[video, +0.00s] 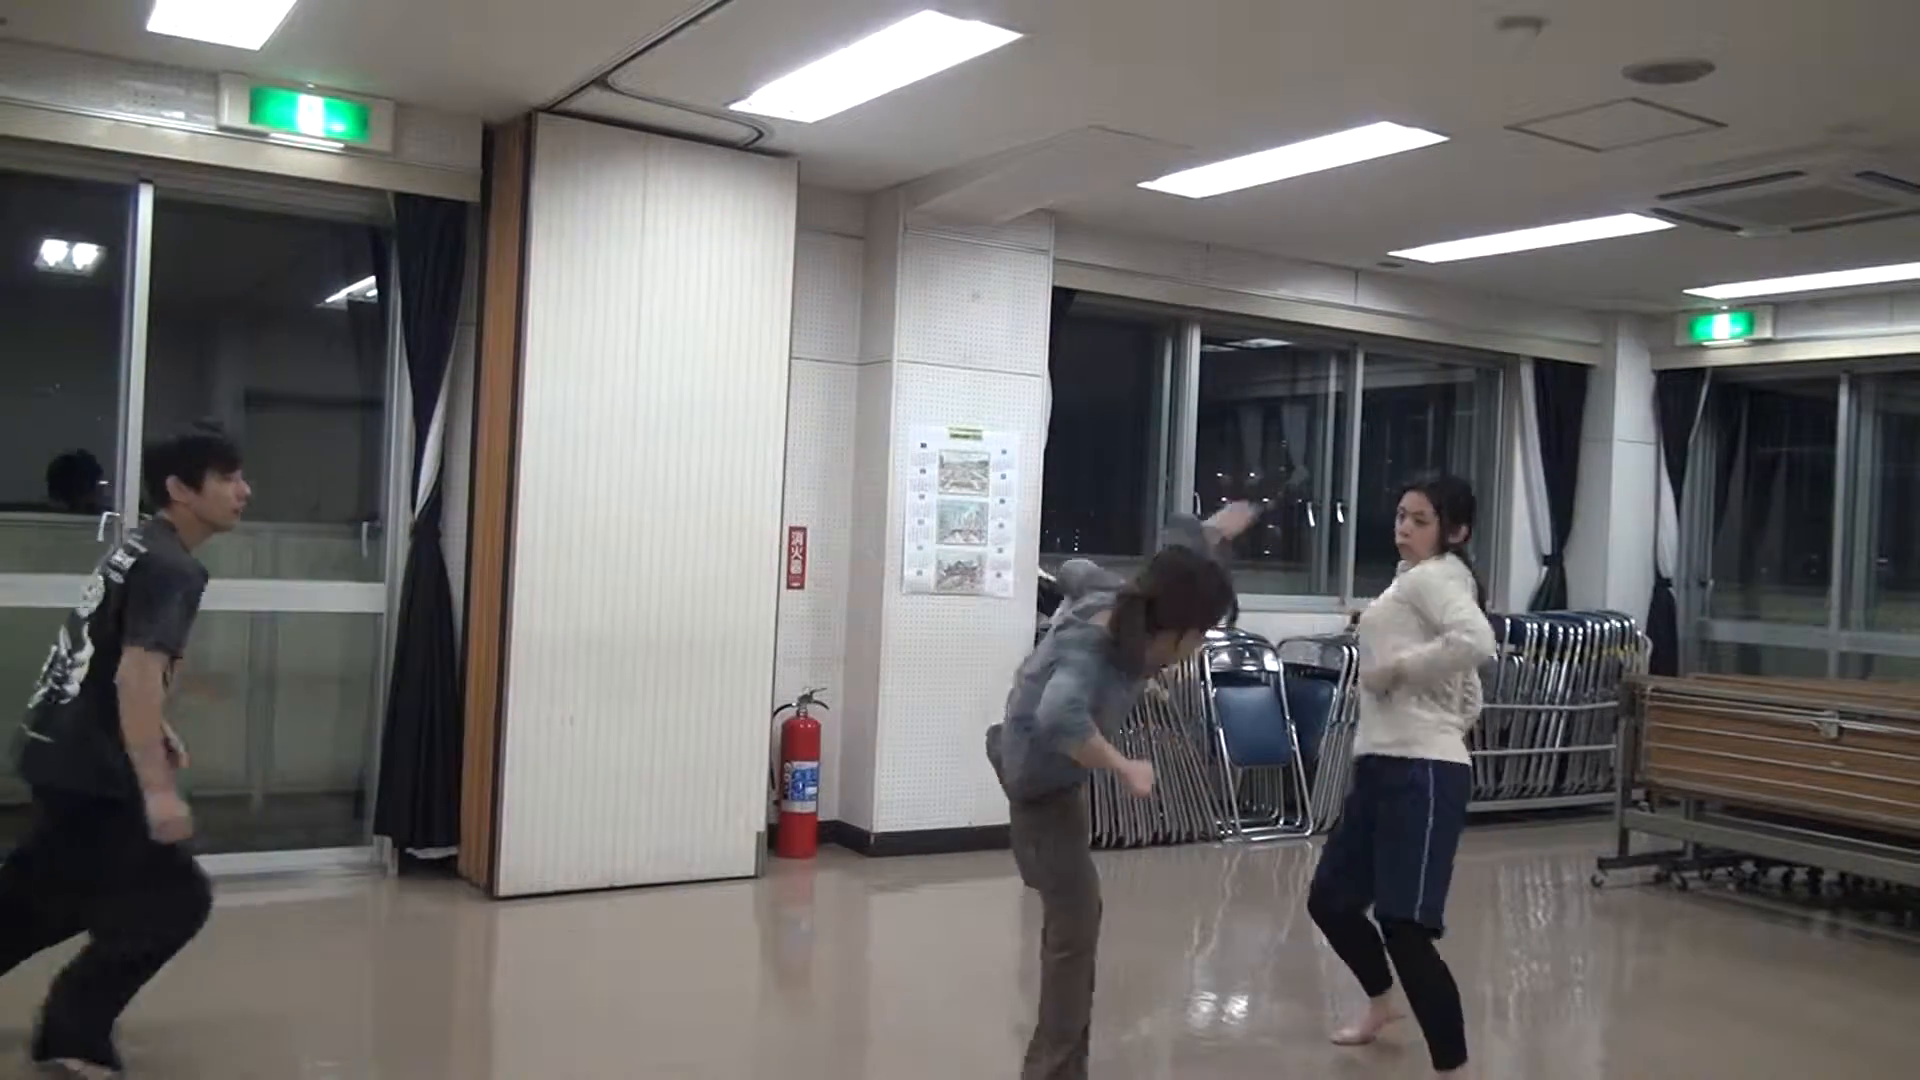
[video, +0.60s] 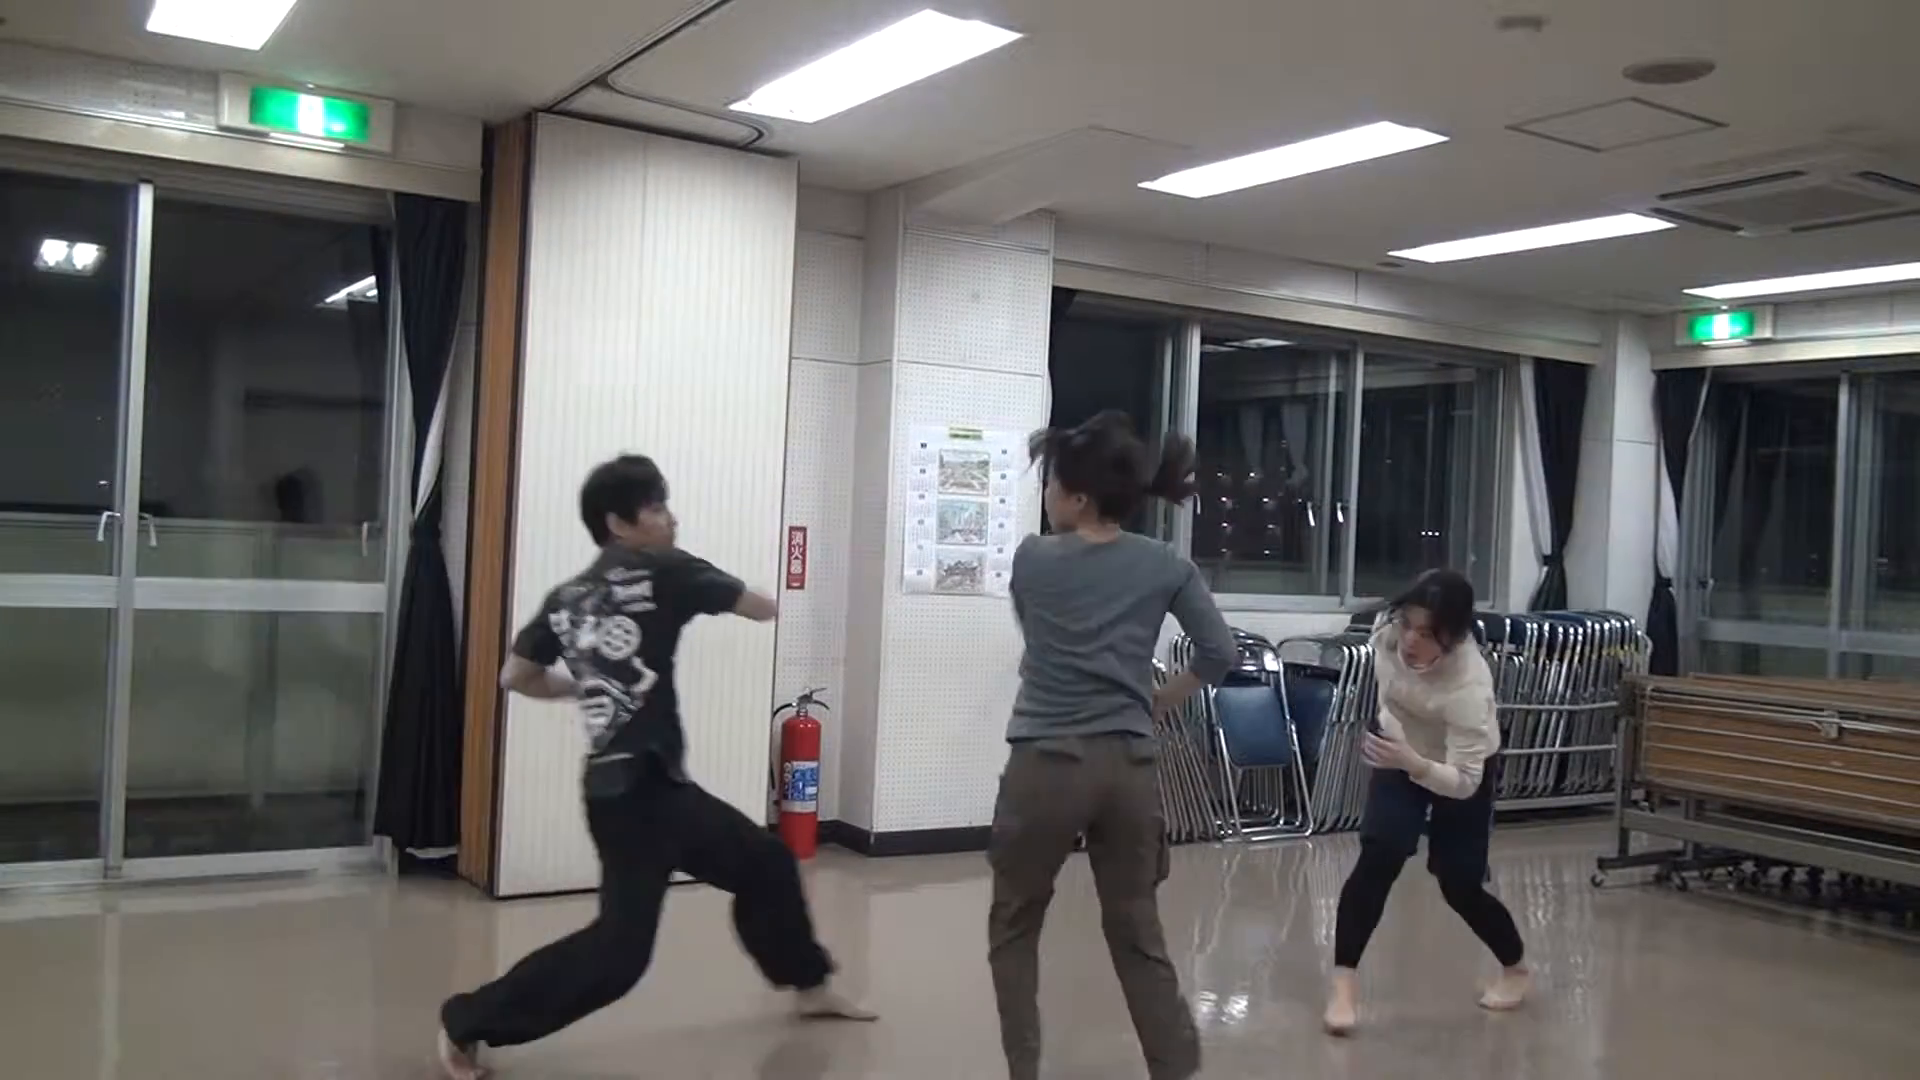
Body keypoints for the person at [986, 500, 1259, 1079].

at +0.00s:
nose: (1195, 647)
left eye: (1201, 637)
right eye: (1196, 636)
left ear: (1161, 604)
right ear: (1169, 626)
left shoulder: (1128, 598)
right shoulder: (1089, 651)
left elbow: (1175, 545)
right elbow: (1057, 720)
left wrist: (1220, 528)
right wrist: (1121, 766)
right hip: (1041, 776)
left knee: (1074, 908)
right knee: (1075, 917)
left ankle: (1056, 1054)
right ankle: (1057, 1065)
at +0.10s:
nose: (1219, 651)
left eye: (1223, 638)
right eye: (1216, 638)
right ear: (1179, 634)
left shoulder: (1121, 593)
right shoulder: (1091, 675)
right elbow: (1053, 763)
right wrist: (1118, 833)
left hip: (1017, 733)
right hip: (1032, 775)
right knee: (1070, 920)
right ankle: (1061, 1067)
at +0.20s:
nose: (1183, 624)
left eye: (1187, 615)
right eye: (1179, 616)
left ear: (1135, 589)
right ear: (1151, 618)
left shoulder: (1109, 599)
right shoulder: (1064, 677)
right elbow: (1038, 802)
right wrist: (1086, 892)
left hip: (1101, 725)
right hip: (1057, 779)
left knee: (1199, 740)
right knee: (1081, 941)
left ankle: (1154, 790)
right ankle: (1064, 1070)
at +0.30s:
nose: (1163, 595)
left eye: (1166, 583)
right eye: (1158, 585)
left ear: (1118, 576)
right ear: (1128, 583)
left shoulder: (1120, 616)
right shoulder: (1055, 658)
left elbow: (1115, 704)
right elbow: (1036, 771)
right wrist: (1091, 825)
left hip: (1132, 784)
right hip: (1078, 806)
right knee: (1110, 952)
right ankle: (1073, 1068)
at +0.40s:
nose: (1147, 537)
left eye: (1145, 524)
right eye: (1142, 527)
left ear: (1079, 529)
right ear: (1127, 538)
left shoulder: (1060, 574)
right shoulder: (1096, 632)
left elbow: (1131, 516)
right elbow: (1078, 744)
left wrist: (1195, 543)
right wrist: (1139, 761)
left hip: (1050, 773)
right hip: (1092, 781)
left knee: (1088, 918)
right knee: (1173, 932)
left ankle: (1068, 1061)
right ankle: (1090, 1065)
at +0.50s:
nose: (1047, 501)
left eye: (1053, 492)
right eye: (1049, 491)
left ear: (1069, 502)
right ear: (1126, 500)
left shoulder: (1035, 552)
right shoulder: (1156, 576)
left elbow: (1107, 537)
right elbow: (1178, 681)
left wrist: (1185, 538)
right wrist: (1156, 713)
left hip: (1028, 764)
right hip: (1105, 767)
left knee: (1050, 918)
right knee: (1179, 916)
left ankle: (1061, 1066)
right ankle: (1146, 1062)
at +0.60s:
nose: (1045, 494)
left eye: (1053, 484)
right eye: (1049, 482)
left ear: (1080, 496)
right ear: (1121, 496)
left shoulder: (1033, 557)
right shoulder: (1165, 563)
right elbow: (1219, 653)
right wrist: (1175, 690)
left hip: (1044, 767)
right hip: (1130, 768)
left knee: (1014, 924)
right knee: (1138, 932)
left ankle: (1023, 1069)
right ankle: (1177, 1068)